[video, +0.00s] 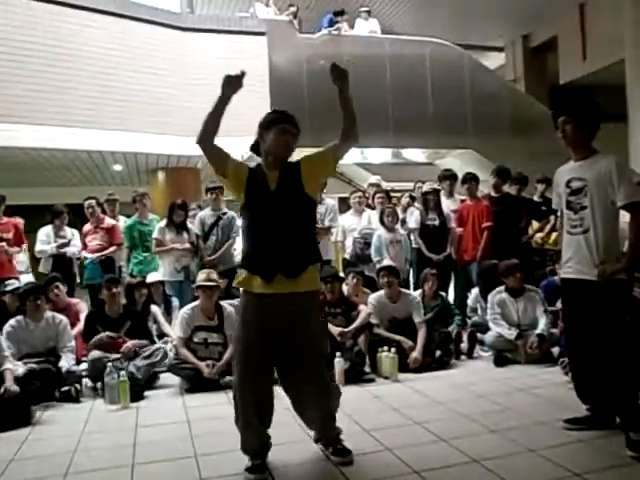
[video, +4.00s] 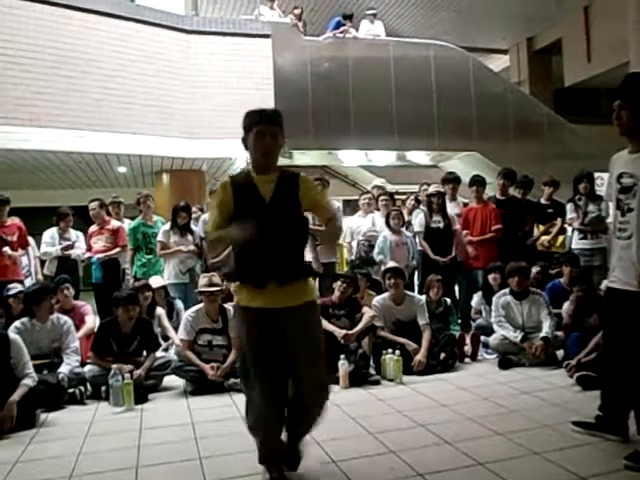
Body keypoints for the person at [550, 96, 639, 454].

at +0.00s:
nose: (562, 133)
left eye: (568, 126)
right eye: (559, 127)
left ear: (586, 128)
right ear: (560, 133)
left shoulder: (611, 166)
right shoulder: (561, 174)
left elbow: (636, 214)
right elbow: (562, 222)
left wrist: (629, 260)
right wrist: (561, 260)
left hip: (608, 277)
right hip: (573, 277)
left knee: (614, 347)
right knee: (580, 346)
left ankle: (628, 416)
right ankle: (597, 409)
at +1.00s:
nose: (557, 130)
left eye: (563, 124)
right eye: (557, 125)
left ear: (582, 129)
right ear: (562, 132)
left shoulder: (604, 165)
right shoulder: (562, 175)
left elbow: (628, 213)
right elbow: (563, 221)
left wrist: (616, 259)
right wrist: (561, 257)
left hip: (601, 276)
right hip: (571, 276)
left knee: (606, 345)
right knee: (577, 345)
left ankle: (620, 411)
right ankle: (597, 408)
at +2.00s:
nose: (558, 134)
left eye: (563, 128)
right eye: (556, 129)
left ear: (582, 129)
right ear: (557, 134)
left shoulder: (606, 166)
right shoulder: (561, 174)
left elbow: (631, 213)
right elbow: (561, 221)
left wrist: (619, 258)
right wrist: (560, 258)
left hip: (603, 274)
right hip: (570, 274)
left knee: (607, 345)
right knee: (577, 346)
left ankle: (620, 412)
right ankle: (597, 409)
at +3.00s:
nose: (576, 122)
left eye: (581, 116)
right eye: (577, 117)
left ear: (600, 120)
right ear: (591, 123)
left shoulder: (628, 159)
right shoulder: (583, 168)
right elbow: (586, 225)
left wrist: (637, 264)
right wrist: (580, 270)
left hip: (624, 281)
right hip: (592, 280)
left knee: (627, 355)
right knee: (592, 350)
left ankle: (639, 430)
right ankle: (602, 412)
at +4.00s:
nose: (616, 119)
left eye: (622, 111)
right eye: (615, 112)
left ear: (637, 115)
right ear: (620, 118)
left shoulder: (635, 162)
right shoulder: (618, 161)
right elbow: (616, 220)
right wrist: (595, 227)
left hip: (636, 282)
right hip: (617, 279)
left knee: (635, 361)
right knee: (615, 354)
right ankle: (612, 418)